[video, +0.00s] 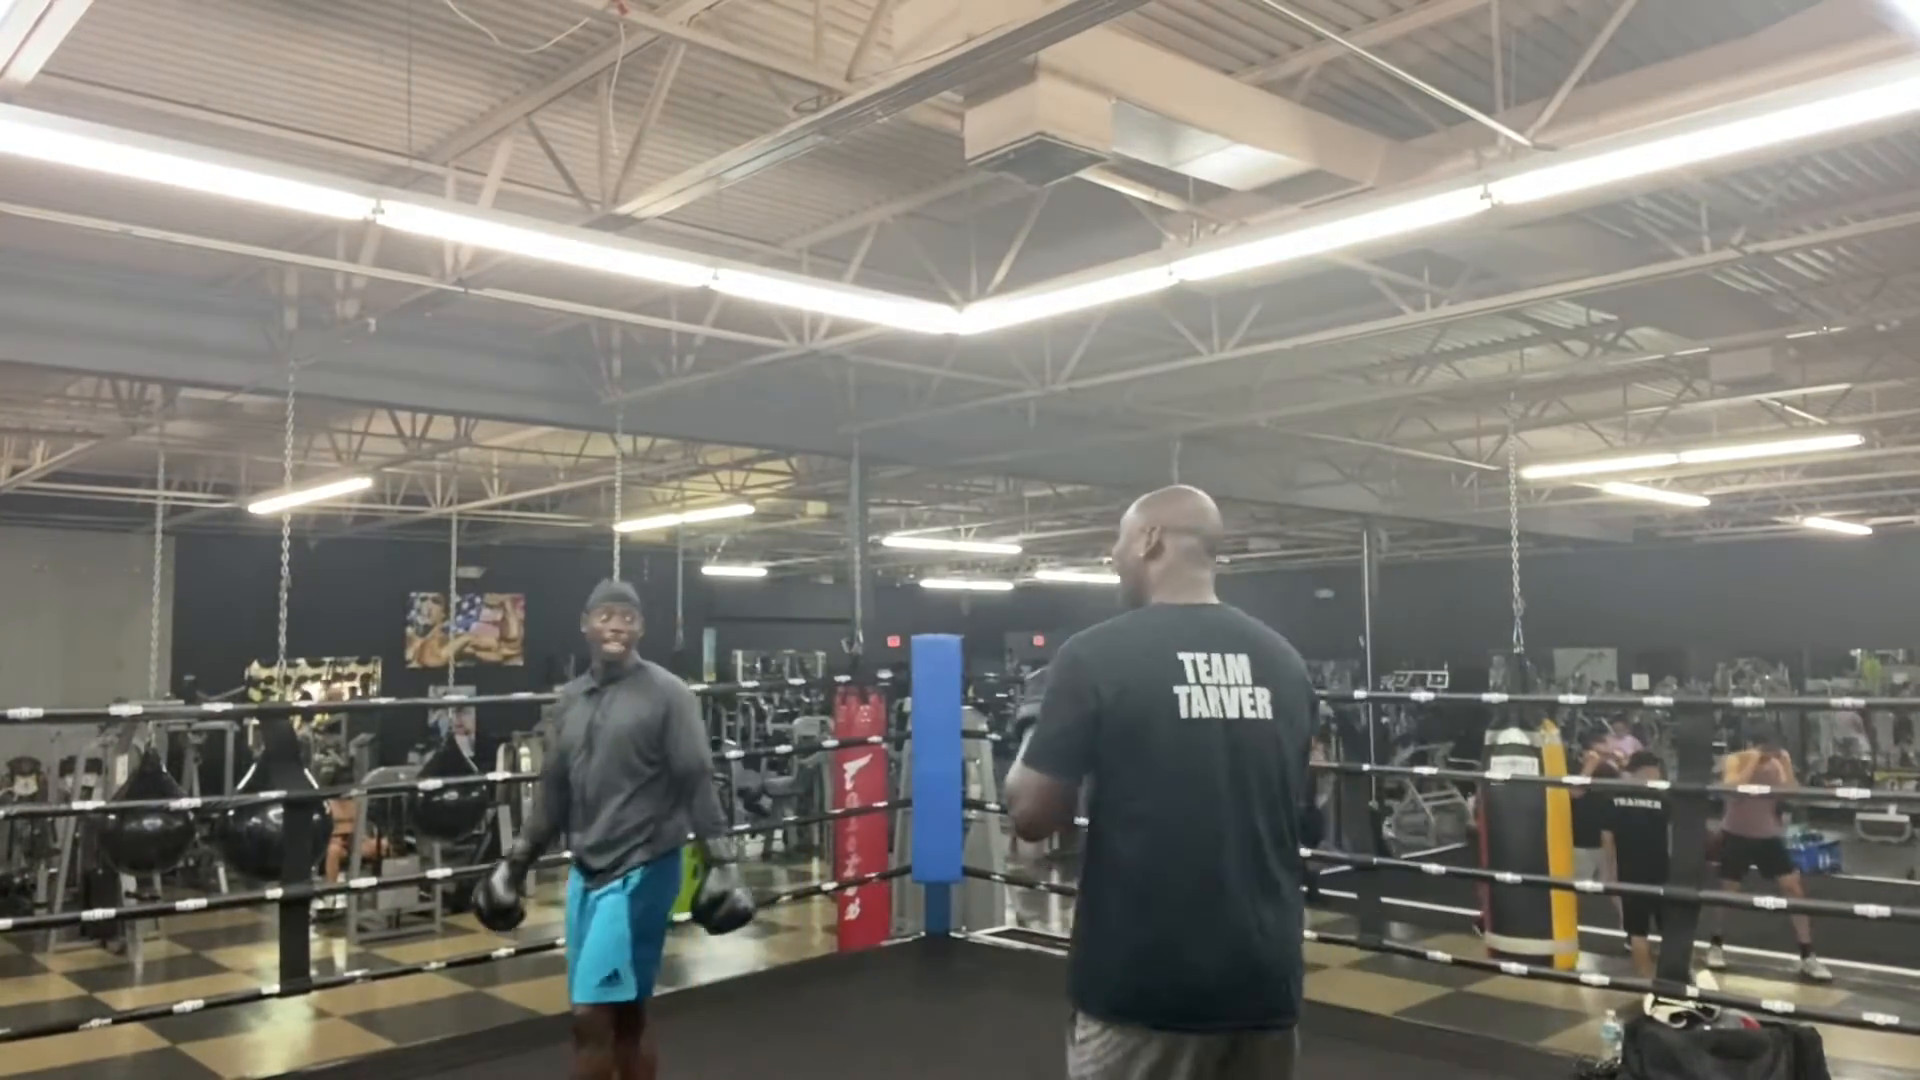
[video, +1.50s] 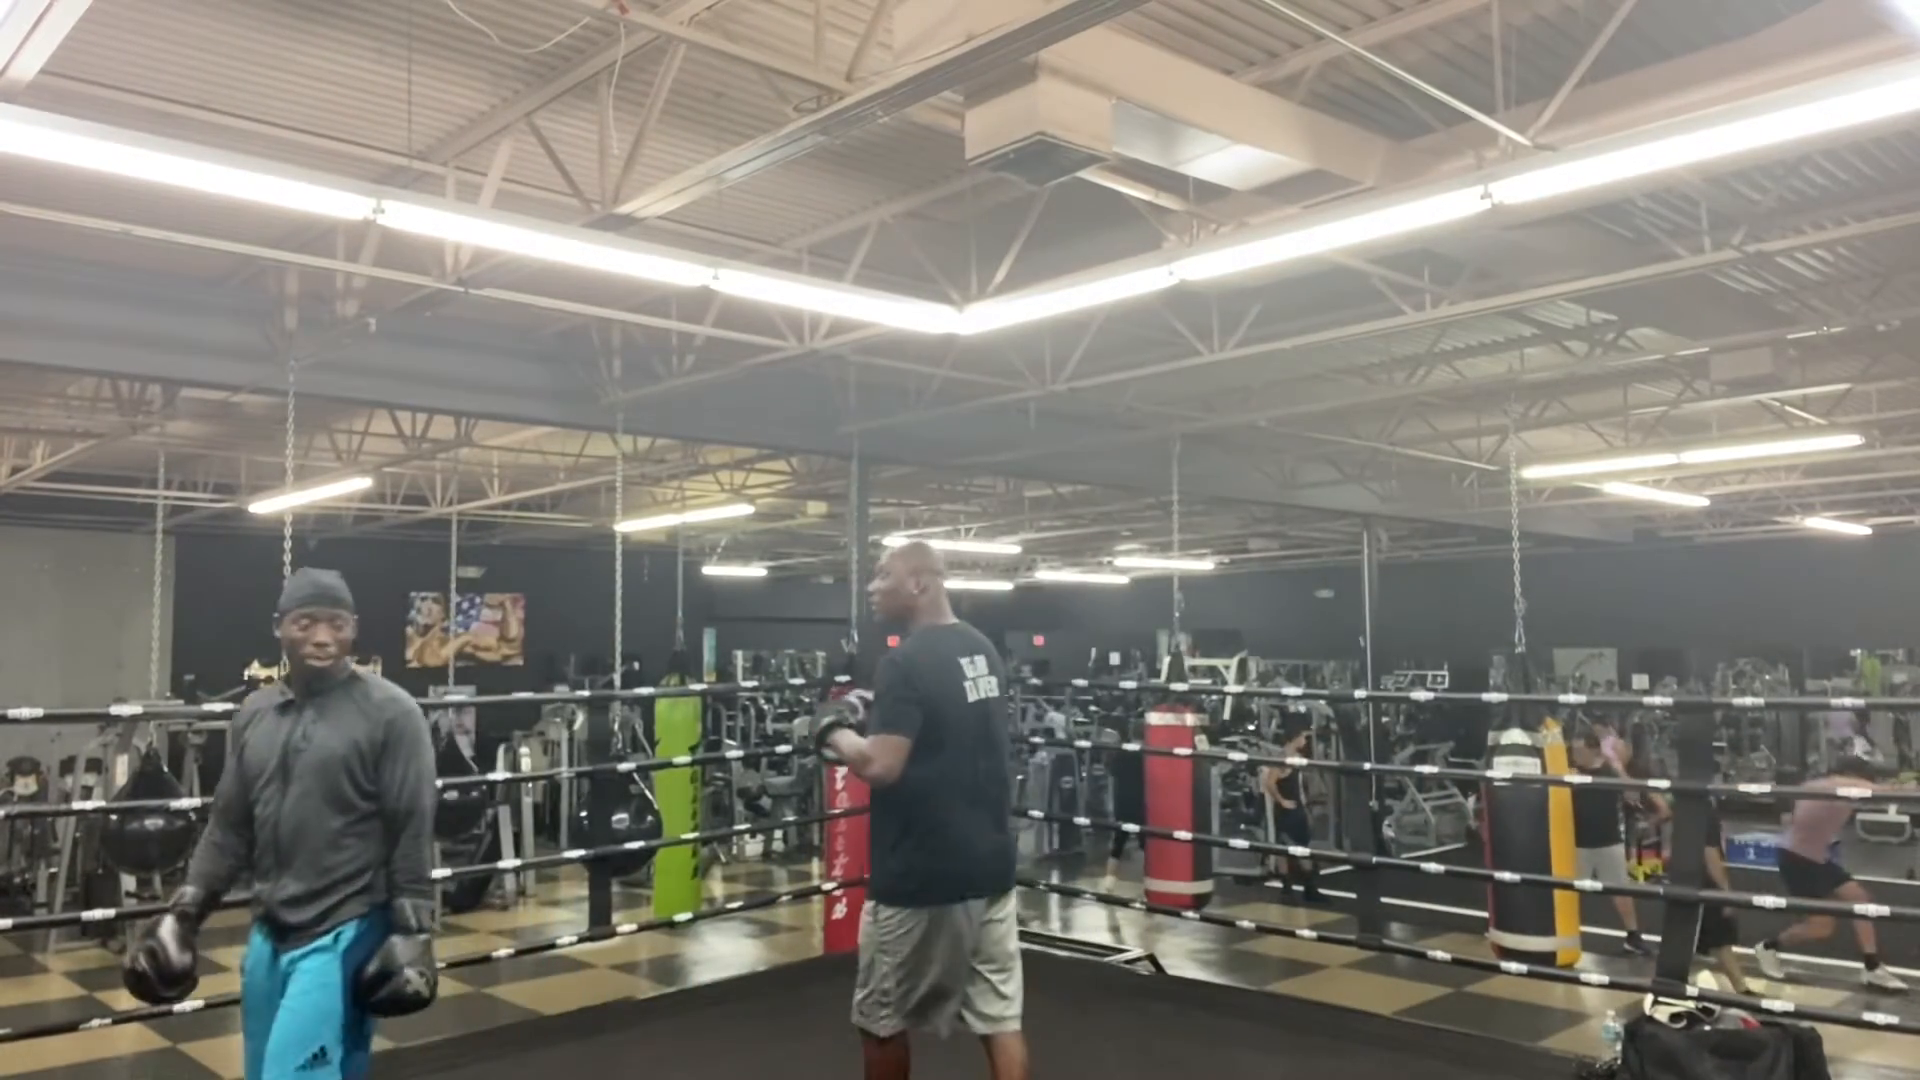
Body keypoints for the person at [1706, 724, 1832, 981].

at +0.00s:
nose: (1766, 759)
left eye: (1770, 756)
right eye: (1762, 754)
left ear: (1776, 756)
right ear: (1751, 750)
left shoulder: (1775, 767)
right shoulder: (1735, 762)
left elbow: (1790, 792)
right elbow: (1730, 786)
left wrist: (1785, 767)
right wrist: (1750, 765)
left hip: (1769, 838)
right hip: (1736, 836)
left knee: (1794, 890)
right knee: (1728, 893)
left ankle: (1807, 955)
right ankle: (1716, 945)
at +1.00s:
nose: (1763, 760)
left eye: (1767, 754)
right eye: (1757, 754)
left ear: (1774, 752)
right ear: (1748, 753)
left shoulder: (1786, 768)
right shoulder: (1738, 773)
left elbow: (1806, 806)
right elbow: (1735, 807)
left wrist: (1785, 782)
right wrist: (1757, 782)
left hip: (1782, 847)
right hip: (1744, 847)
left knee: (1819, 894)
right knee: (1733, 898)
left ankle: (1838, 957)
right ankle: (1721, 946)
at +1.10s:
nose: (1780, 767)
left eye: (1785, 761)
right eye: (1774, 762)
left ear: (1790, 759)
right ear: (1764, 759)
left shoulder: (1798, 772)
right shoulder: (1751, 776)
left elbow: (1818, 811)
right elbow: (1743, 811)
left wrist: (1797, 786)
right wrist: (1772, 787)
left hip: (1796, 854)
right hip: (1758, 853)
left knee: (1833, 901)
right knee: (1739, 901)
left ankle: (1866, 963)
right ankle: (1721, 946)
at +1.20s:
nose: (1804, 767)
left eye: (1809, 761)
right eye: (1800, 760)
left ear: (1818, 762)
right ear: (1792, 760)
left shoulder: (1822, 778)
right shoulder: (1776, 778)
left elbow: (1831, 818)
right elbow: (1778, 812)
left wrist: (1821, 787)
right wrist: (1804, 787)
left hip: (1809, 861)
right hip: (1774, 859)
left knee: (1845, 898)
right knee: (1755, 914)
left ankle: (1873, 966)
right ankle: (1724, 944)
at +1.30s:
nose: (1845, 780)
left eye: (1848, 776)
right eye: (1845, 774)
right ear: (1833, 765)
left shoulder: (1823, 786)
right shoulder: (1808, 778)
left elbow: (1840, 819)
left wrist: (1849, 788)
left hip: (1814, 862)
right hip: (1785, 862)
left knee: (1856, 900)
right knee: (1782, 919)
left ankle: (1873, 967)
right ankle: (1732, 939)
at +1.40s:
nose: (1854, 778)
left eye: (1854, 774)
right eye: (1853, 773)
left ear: (1833, 765)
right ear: (1846, 769)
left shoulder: (1808, 781)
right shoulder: (1833, 780)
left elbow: (1835, 823)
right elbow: (1873, 790)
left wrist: (1847, 797)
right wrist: (1912, 789)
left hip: (1816, 863)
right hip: (1791, 863)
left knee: (1857, 901)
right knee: (1801, 925)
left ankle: (1872, 967)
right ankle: (1749, 939)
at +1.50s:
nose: (1871, 783)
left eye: (1871, 779)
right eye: (1869, 779)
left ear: (1841, 769)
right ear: (1861, 775)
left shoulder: (1811, 783)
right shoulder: (1850, 785)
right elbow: (1883, 792)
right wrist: (1913, 788)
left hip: (1817, 862)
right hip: (1799, 863)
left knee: (1860, 902)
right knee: (1822, 927)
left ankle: (1872, 966)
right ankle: (1768, 947)